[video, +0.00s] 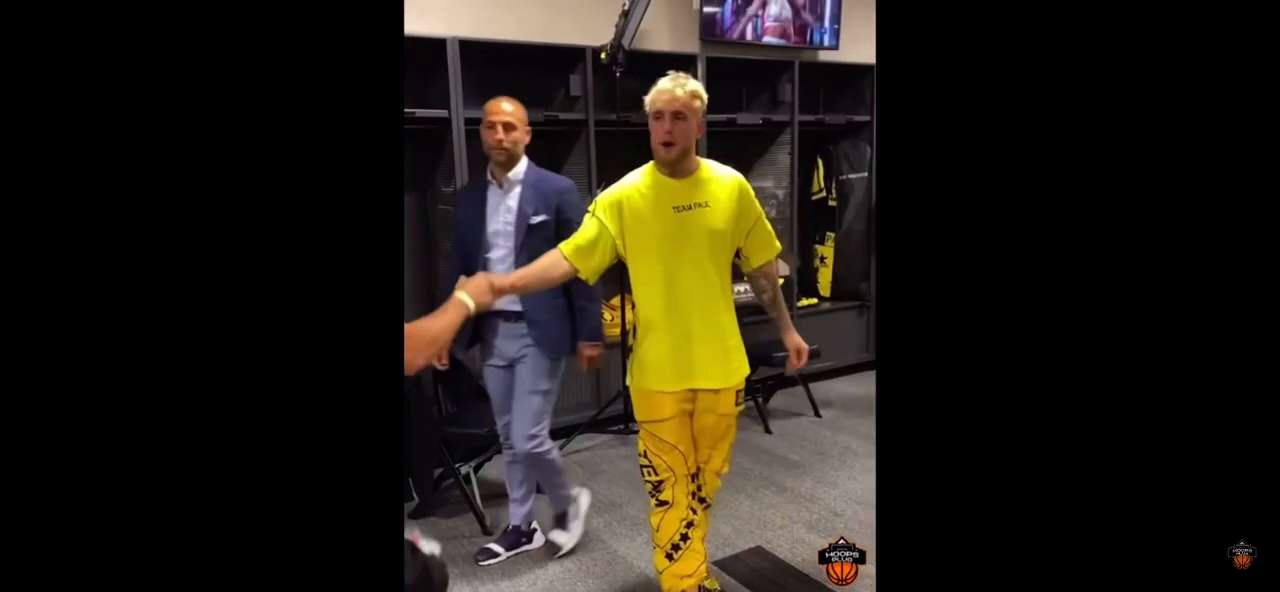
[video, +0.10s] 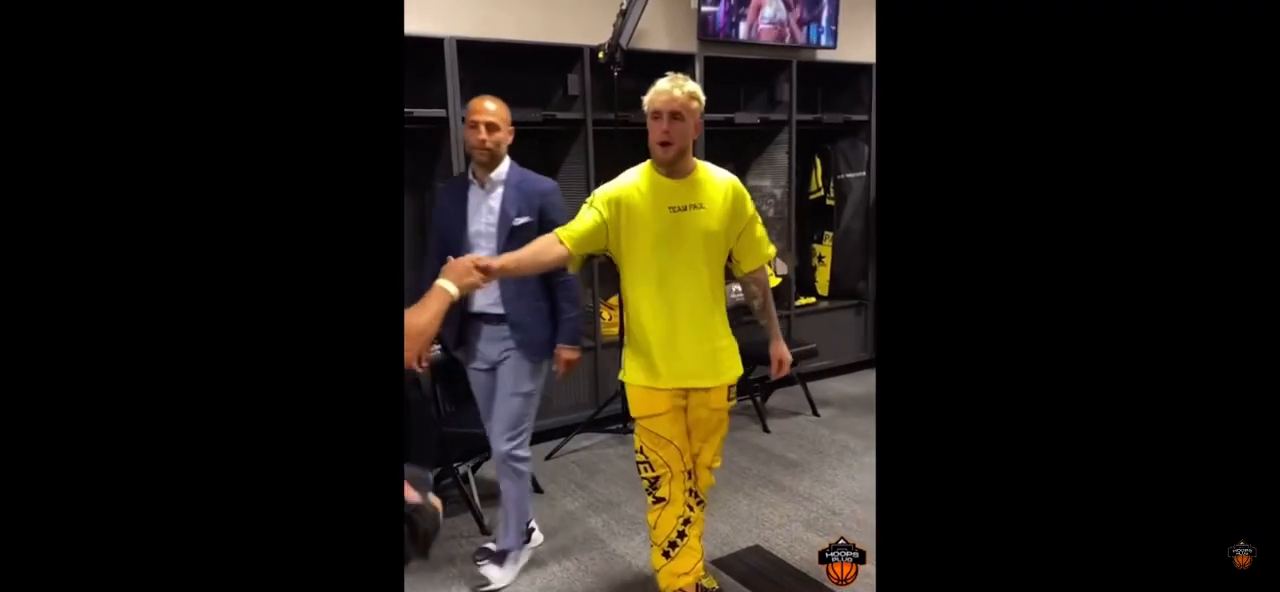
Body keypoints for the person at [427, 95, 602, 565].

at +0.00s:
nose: (499, 135)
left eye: (509, 128)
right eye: (492, 128)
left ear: (527, 135)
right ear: (481, 135)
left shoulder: (557, 191)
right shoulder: (470, 197)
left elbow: (582, 266)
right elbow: (462, 269)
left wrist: (590, 333)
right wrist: (444, 334)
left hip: (540, 327)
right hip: (491, 328)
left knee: (529, 440)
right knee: (509, 439)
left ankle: (568, 500)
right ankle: (520, 527)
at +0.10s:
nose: (481, 135)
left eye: (491, 128)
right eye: (474, 127)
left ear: (510, 135)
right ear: (463, 134)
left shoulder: (540, 191)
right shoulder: (450, 194)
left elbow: (563, 270)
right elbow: (435, 265)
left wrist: (569, 335)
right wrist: (424, 332)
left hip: (522, 329)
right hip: (469, 330)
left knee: (509, 443)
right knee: (500, 441)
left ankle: (511, 545)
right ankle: (524, 521)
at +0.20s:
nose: (467, 139)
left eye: (477, 131)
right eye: (459, 130)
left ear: (495, 137)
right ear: (447, 135)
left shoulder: (525, 196)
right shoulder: (431, 197)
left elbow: (547, 275)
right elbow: (420, 267)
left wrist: (546, 344)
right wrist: (415, 332)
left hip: (506, 336)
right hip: (453, 335)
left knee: (487, 448)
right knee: (489, 439)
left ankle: (456, 564)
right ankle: (518, 522)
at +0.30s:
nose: (453, 142)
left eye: (465, 134)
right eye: (446, 132)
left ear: (482, 141)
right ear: (434, 136)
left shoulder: (511, 202)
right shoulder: (415, 199)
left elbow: (532, 286)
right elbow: (411, 273)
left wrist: (526, 354)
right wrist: (408, 346)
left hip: (487, 344)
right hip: (433, 341)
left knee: (463, 459)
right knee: (479, 442)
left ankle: (438, 567)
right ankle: (516, 522)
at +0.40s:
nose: (444, 143)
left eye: (456, 136)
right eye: (436, 132)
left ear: (473, 143)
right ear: (425, 135)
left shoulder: (498, 207)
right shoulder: (409, 196)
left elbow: (518, 290)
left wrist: (512, 362)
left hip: (469, 351)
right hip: (417, 346)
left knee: (454, 464)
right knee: (457, 445)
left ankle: (433, 573)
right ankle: (515, 518)